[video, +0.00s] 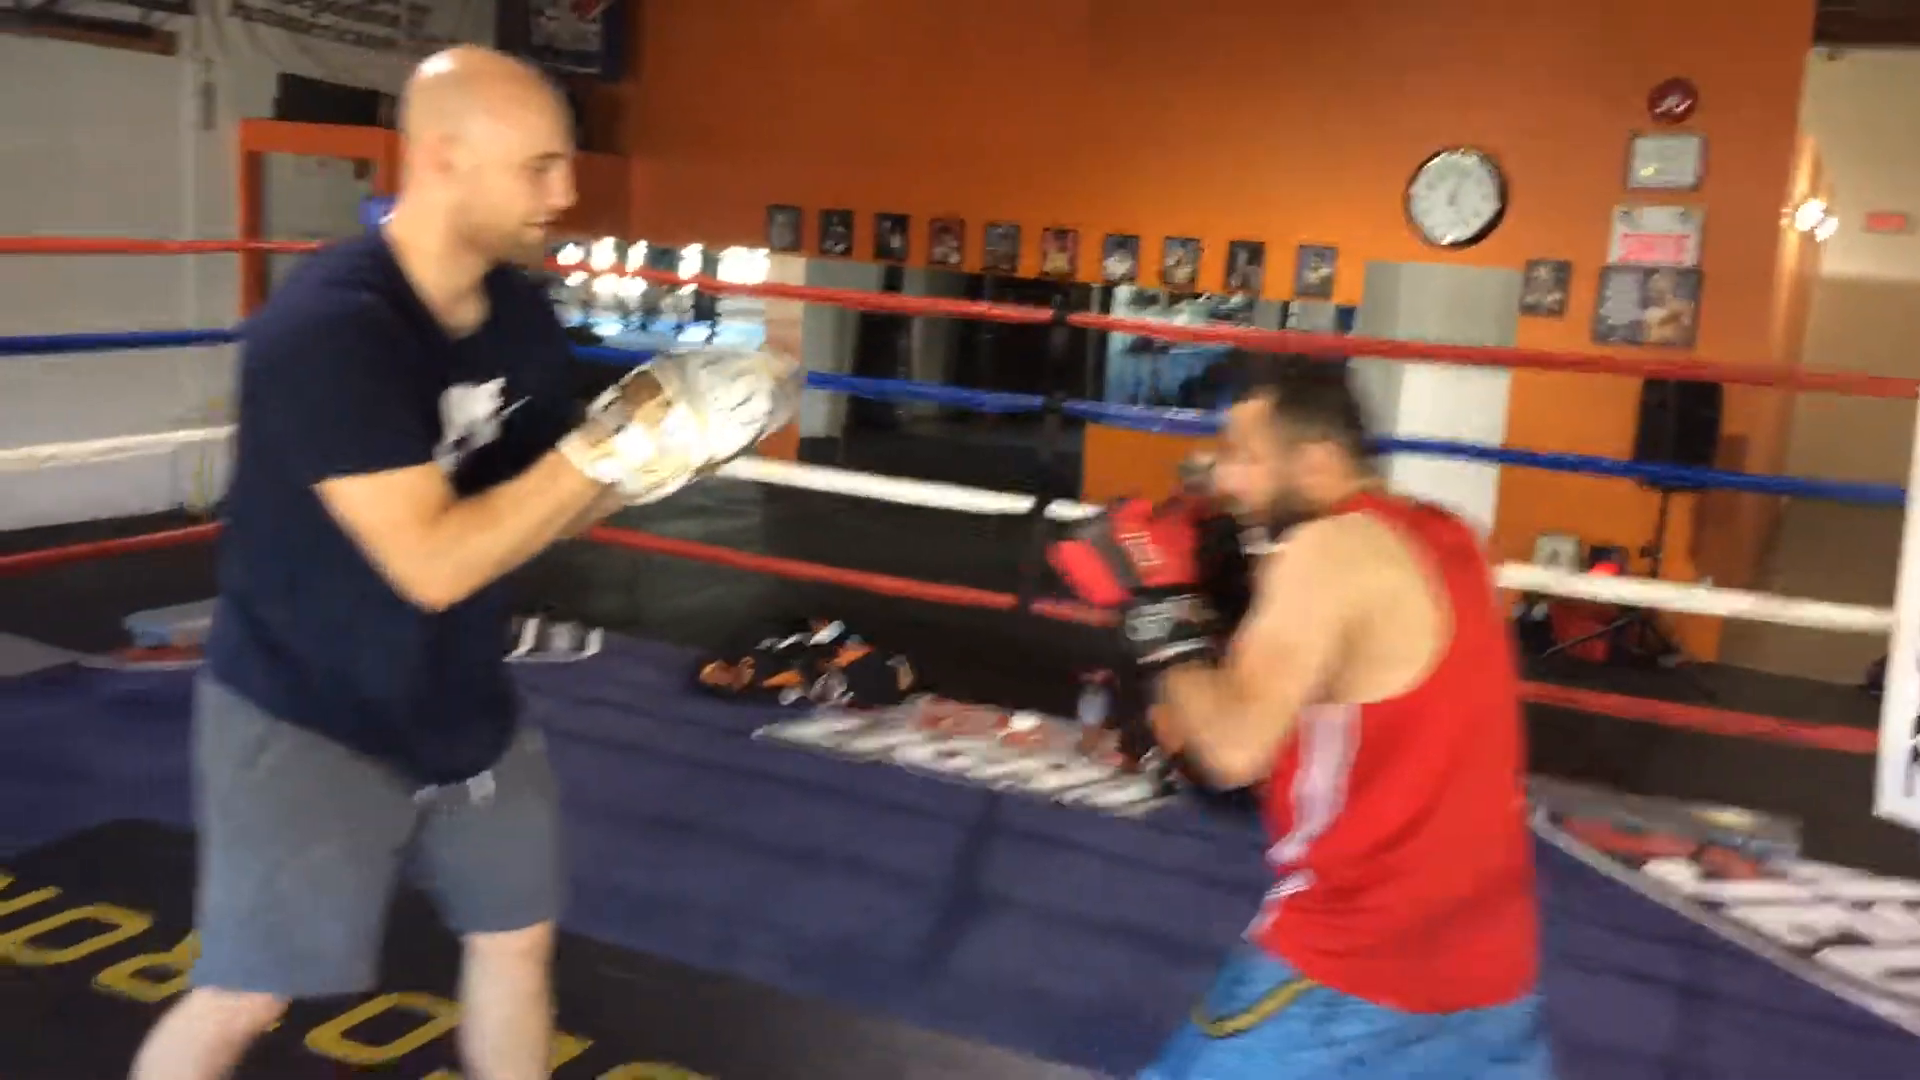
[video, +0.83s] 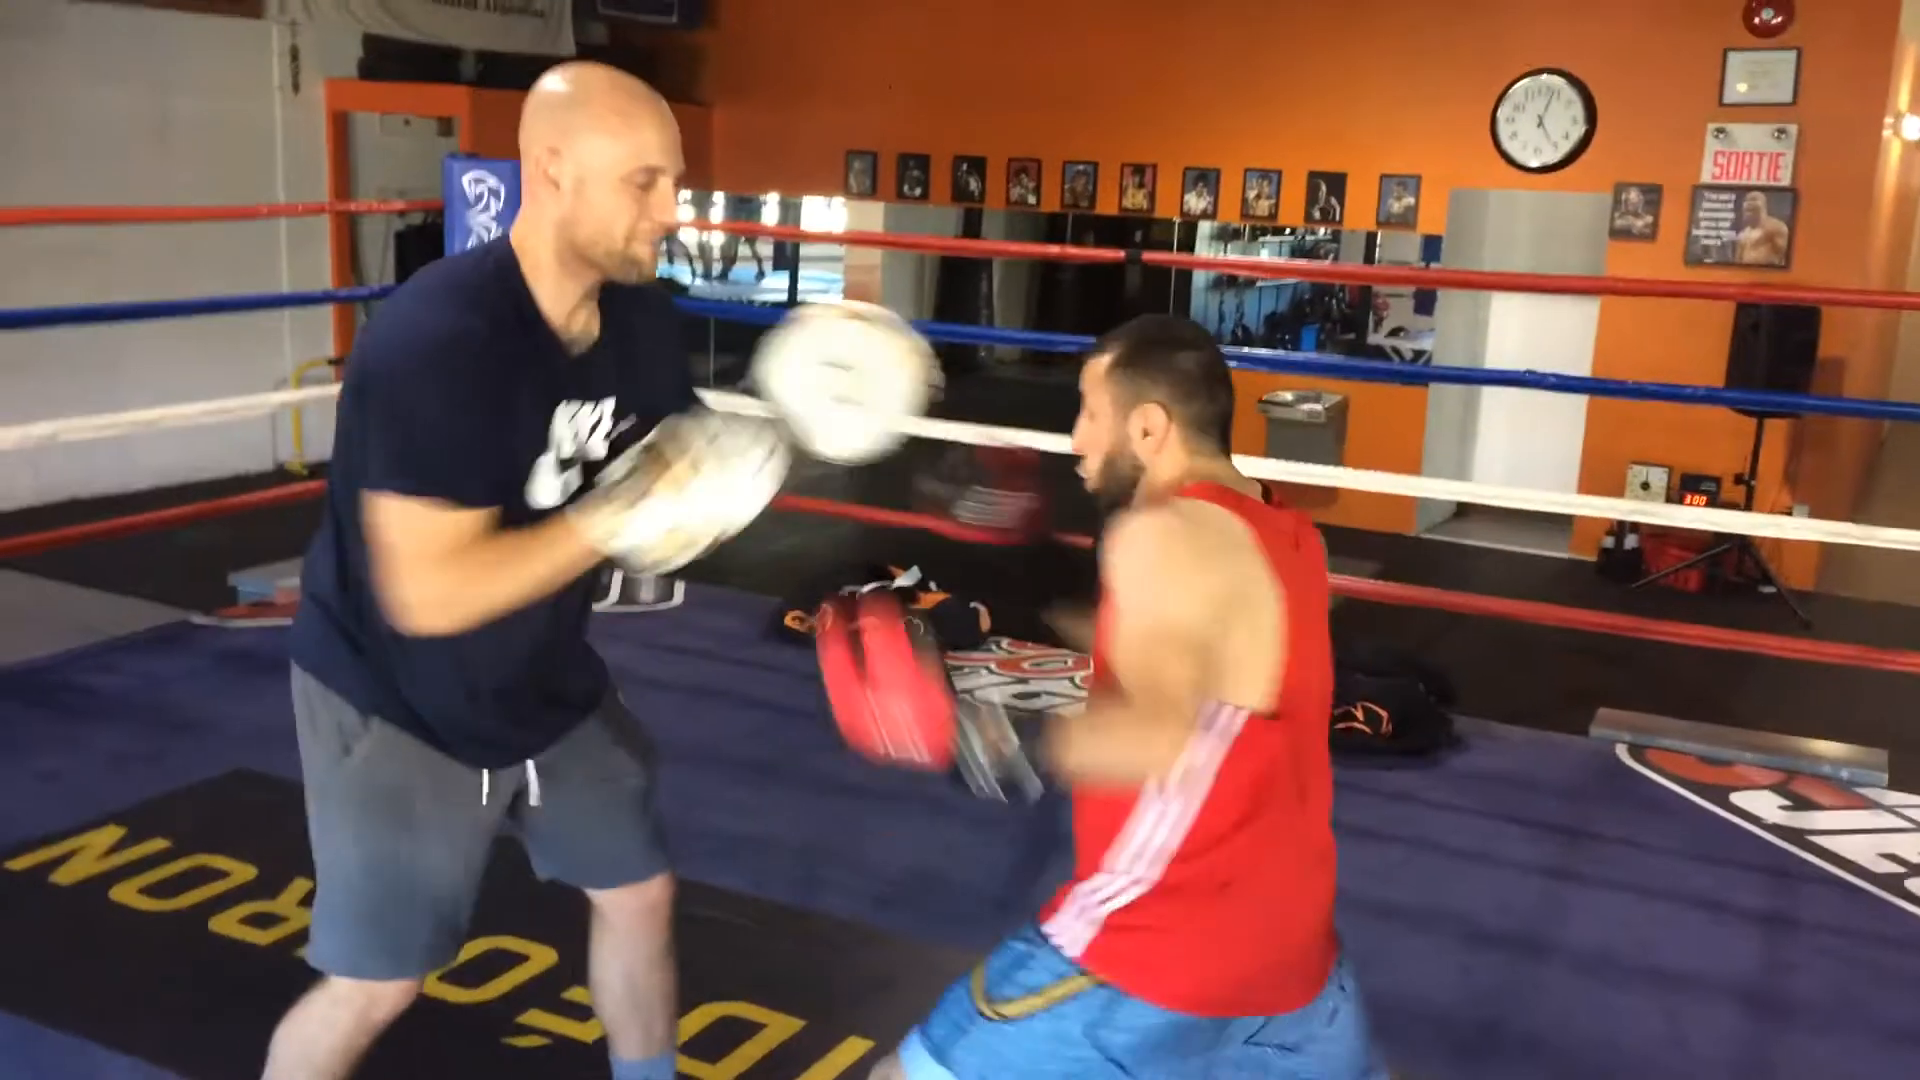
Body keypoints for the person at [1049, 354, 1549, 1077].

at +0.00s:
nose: (1223, 480)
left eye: (1243, 458)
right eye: (1226, 456)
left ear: (1317, 462)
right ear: (1328, 460)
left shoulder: (1329, 553)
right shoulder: (1447, 537)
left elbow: (1229, 746)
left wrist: (1158, 615)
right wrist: (1226, 584)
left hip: (1352, 969)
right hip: (1489, 970)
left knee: (1187, 1067)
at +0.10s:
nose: (1321, 466)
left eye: (1339, 442)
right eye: (1323, 441)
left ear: (1415, 445)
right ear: (1425, 447)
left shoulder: (1430, 523)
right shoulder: (1544, 522)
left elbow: (1340, 719)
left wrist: (1260, 587)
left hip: (1440, 933)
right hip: (1559, 936)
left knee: (1190, 1054)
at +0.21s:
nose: (1353, 459)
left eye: (1373, 433)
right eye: (1358, 432)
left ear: (1451, 442)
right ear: (1466, 444)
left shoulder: (1462, 525)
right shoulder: (1576, 528)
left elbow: (1350, 711)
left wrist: (1268, 573)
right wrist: (1327, 570)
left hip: (1446, 935)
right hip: (1562, 939)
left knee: (1182, 1039)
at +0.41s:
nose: (1286, 457)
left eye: (1308, 433)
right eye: (1292, 430)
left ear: (1387, 448)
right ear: (1397, 452)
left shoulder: (1400, 552)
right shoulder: (1493, 543)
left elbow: (1280, 744)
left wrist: (1194, 607)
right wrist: (1251, 587)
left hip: (1343, 943)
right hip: (1462, 954)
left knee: (1064, 1042)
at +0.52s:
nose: (1180, 437)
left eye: (1203, 417)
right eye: (1189, 411)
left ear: (1276, 438)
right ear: (1301, 444)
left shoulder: (1238, 533)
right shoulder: (1404, 551)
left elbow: (1052, 612)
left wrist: (973, 499)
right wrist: (1172, 521)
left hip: (1212, 963)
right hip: (1365, 967)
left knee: (1024, 1068)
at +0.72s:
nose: (1040, 440)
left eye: (1056, 417)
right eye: (1048, 416)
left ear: (1123, 438)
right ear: (1133, 439)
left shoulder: (1187, 560)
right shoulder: (1199, 517)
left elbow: (1129, 786)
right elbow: (1012, 527)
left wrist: (967, 740)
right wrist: (902, 483)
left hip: (1177, 966)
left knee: (951, 1071)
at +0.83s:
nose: (1074, 438)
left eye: (1087, 414)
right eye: (1079, 414)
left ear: (1150, 429)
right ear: (1163, 427)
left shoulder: (1158, 538)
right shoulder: (1289, 533)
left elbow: (1156, 733)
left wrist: (997, 733)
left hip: (1148, 951)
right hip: (1289, 951)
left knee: (920, 1066)